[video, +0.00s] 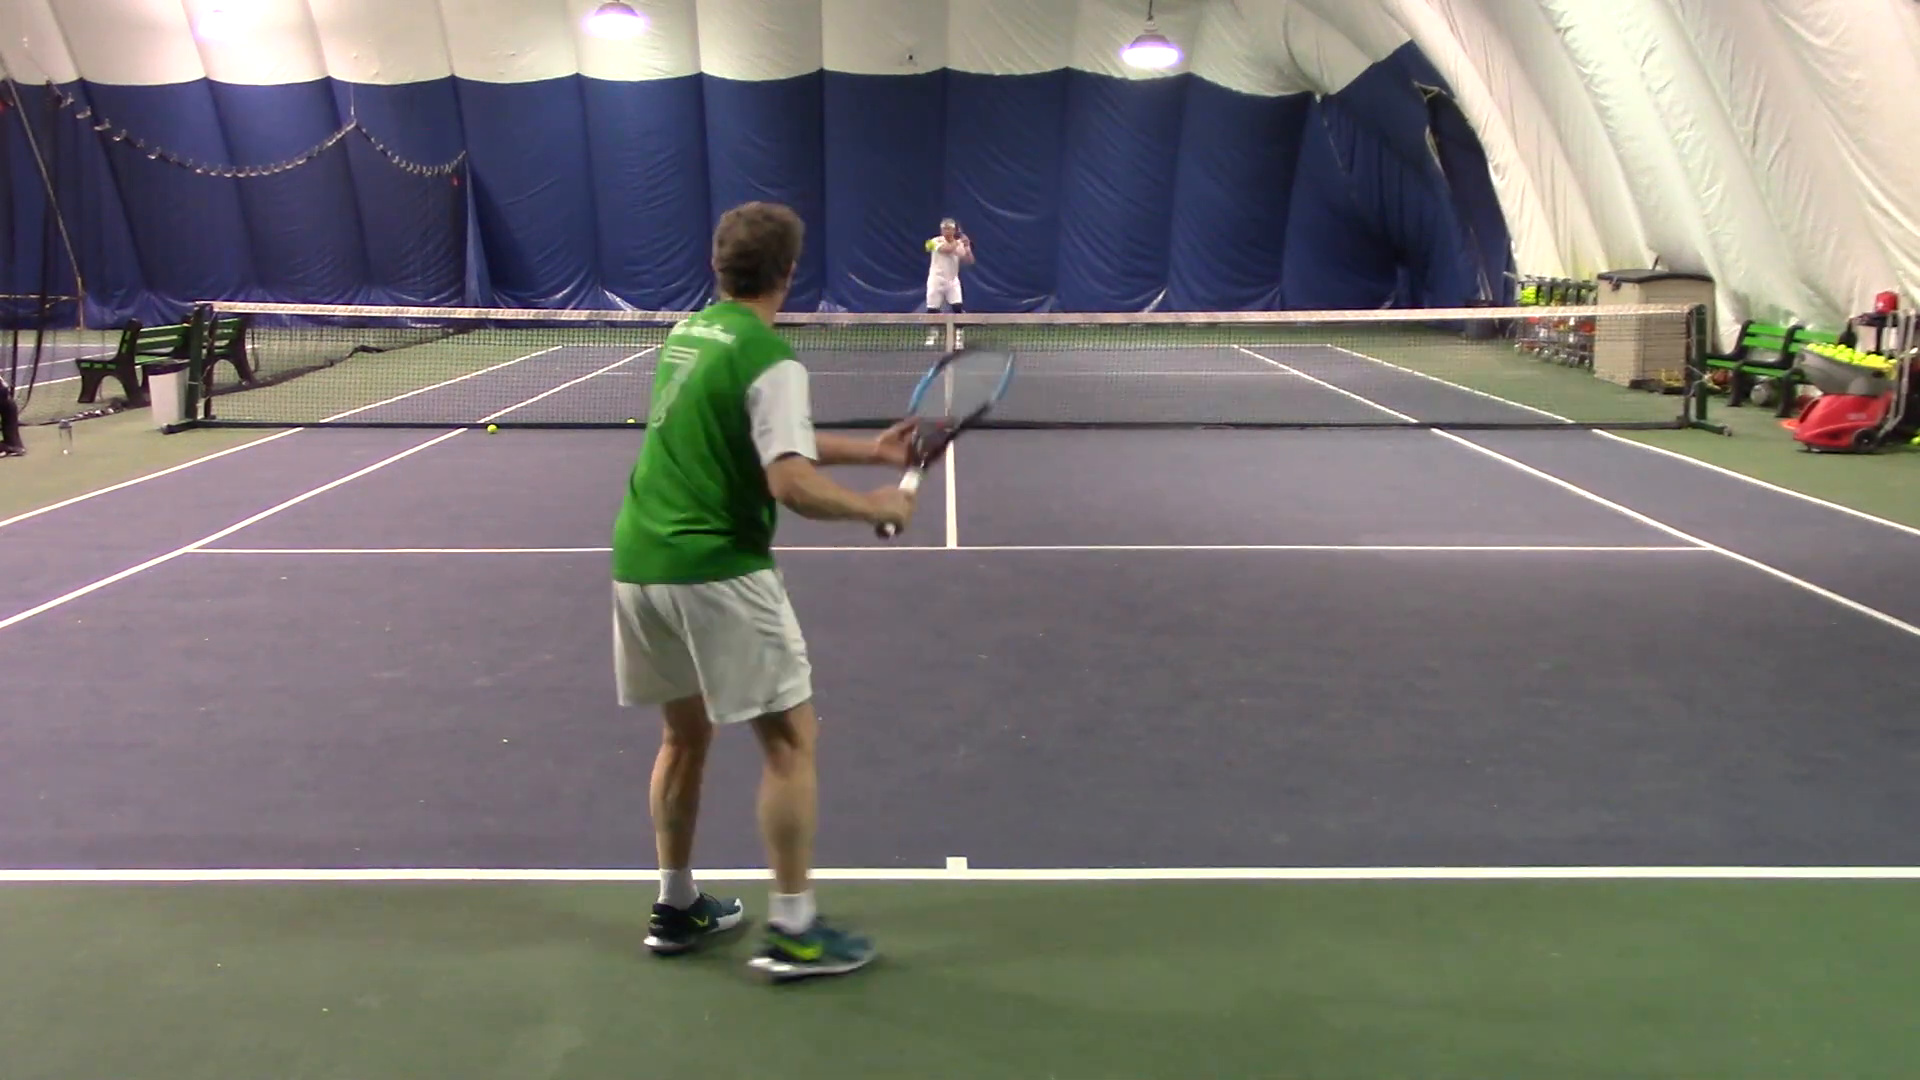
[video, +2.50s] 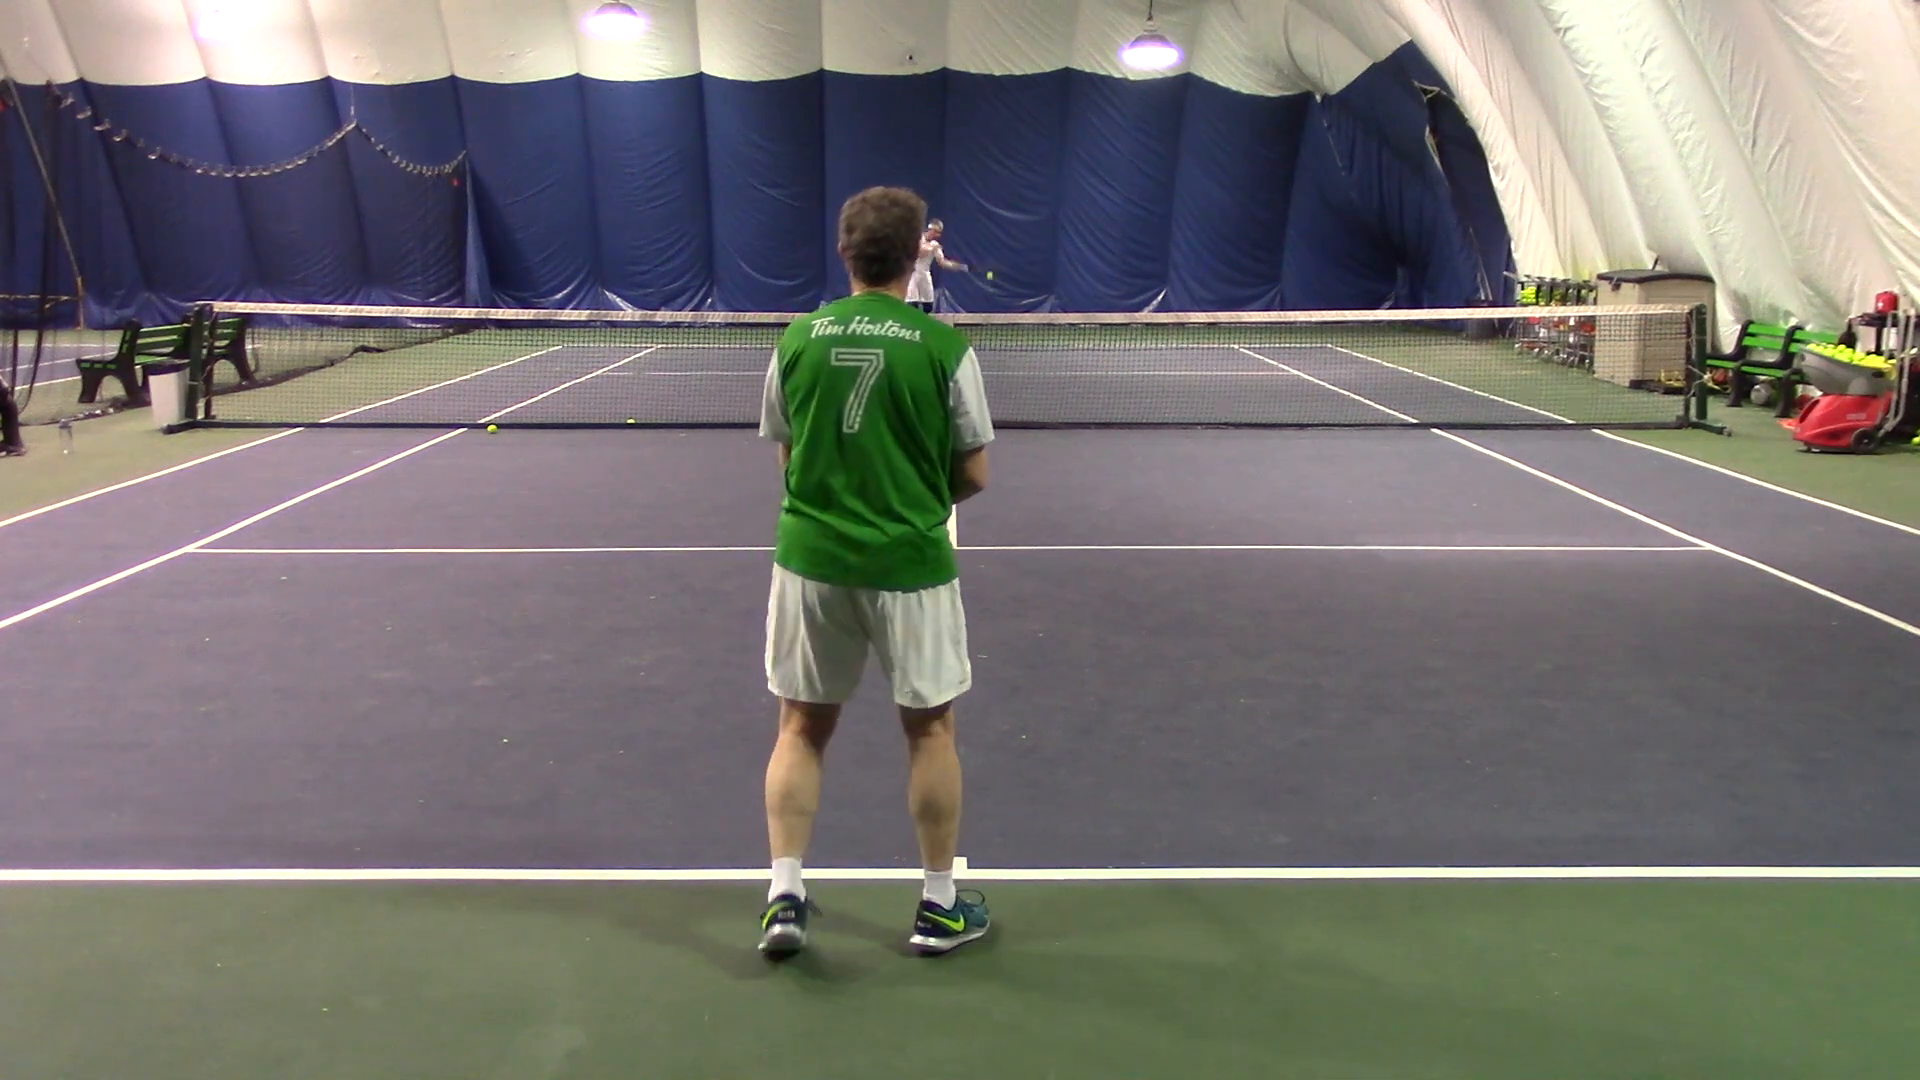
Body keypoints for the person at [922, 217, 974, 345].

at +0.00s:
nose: (948, 232)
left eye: (950, 229)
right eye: (945, 229)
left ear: (955, 230)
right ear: (941, 230)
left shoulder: (959, 243)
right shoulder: (935, 242)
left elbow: (970, 260)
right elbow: (947, 249)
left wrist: (967, 247)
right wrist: (958, 241)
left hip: (952, 279)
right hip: (936, 278)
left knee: (957, 307)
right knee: (932, 309)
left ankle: (959, 335)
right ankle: (932, 332)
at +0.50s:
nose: (926, 229)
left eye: (928, 225)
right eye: (923, 226)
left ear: (932, 227)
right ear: (919, 228)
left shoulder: (938, 243)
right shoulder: (913, 242)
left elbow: (943, 261)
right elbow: (917, 257)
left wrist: (938, 255)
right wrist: (931, 252)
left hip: (935, 278)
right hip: (919, 280)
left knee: (943, 304)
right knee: (918, 309)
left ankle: (943, 334)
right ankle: (919, 337)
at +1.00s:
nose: (920, 230)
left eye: (922, 227)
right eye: (918, 227)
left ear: (926, 229)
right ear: (914, 229)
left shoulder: (931, 245)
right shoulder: (907, 242)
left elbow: (932, 261)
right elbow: (909, 258)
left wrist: (925, 259)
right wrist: (923, 257)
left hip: (925, 277)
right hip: (910, 277)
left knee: (923, 307)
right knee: (912, 305)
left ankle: (920, 334)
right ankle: (913, 331)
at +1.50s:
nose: (912, 235)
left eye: (914, 232)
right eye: (910, 232)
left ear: (917, 233)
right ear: (905, 233)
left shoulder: (920, 249)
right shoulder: (897, 247)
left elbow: (922, 264)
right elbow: (898, 265)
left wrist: (922, 273)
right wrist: (910, 269)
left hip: (912, 282)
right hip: (897, 283)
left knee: (922, 307)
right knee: (889, 309)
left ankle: (919, 336)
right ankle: (880, 335)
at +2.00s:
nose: (927, 243)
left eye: (929, 240)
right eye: (925, 240)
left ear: (930, 241)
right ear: (919, 239)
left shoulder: (926, 251)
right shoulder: (912, 250)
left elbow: (937, 255)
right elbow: (927, 257)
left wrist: (951, 251)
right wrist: (946, 247)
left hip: (914, 282)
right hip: (902, 282)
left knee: (923, 307)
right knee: (911, 304)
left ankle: (921, 329)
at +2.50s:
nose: (937, 235)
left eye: (939, 233)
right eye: (935, 231)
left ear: (940, 234)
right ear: (930, 229)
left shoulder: (935, 245)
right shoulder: (917, 239)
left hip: (925, 273)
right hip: (914, 273)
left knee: (927, 304)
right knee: (912, 303)